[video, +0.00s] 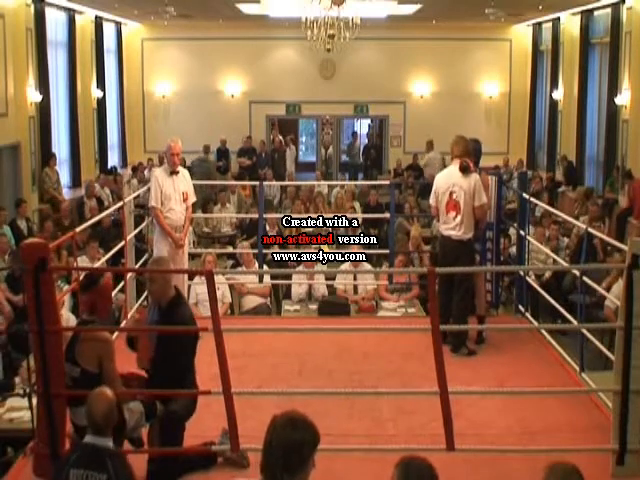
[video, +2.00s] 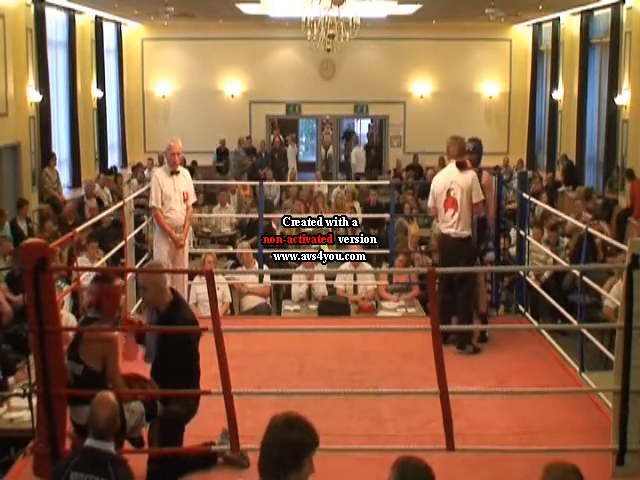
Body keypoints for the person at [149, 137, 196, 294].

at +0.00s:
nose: (176, 159)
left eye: (178, 155)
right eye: (172, 155)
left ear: (181, 155)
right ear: (166, 156)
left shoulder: (184, 174)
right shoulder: (158, 174)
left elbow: (189, 204)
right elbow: (154, 208)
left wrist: (184, 233)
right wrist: (171, 235)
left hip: (182, 226)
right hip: (164, 225)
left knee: (182, 267)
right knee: (163, 265)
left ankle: (181, 301)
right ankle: (162, 303)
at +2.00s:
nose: (176, 158)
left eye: (179, 154)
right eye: (172, 154)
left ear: (182, 155)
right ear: (166, 155)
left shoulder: (185, 173)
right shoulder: (158, 174)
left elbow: (190, 204)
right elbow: (155, 208)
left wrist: (184, 233)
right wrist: (172, 235)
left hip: (182, 227)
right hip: (164, 226)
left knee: (181, 269)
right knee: (164, 268)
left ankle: (181, 304)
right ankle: (163, 305)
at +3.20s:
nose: (176, 159)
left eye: (179, 155)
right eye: (173, 155)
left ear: (182, 155)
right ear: (166, 156)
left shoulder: (185, 174)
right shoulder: (158, 175)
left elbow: (189, 205)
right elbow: (156, 209)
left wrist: (184, 233)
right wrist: (173, 235)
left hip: (183, 227)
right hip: (164, 226)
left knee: (181, 270)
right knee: (163, 268)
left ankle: (181, 305)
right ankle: (163, 306)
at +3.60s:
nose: (179, 159)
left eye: (181, 154)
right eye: (176, 155)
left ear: (184, 155)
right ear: (167, 156)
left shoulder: (185, 173)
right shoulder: (158, 174)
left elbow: (189, 204)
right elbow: (163, 207)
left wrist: (185, 235)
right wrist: (184, 219)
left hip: (182, 229)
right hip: (165, 229)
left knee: (181, 270)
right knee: (164, 269)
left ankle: (182, 306)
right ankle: (163, 307)